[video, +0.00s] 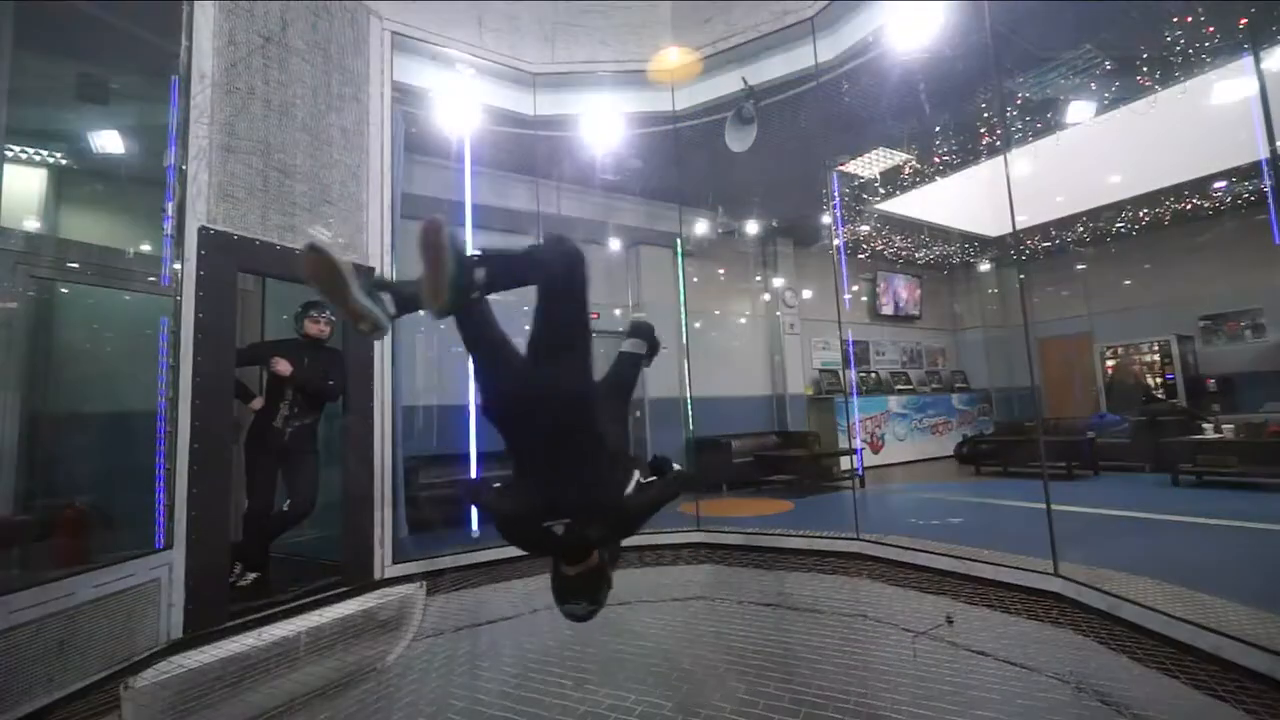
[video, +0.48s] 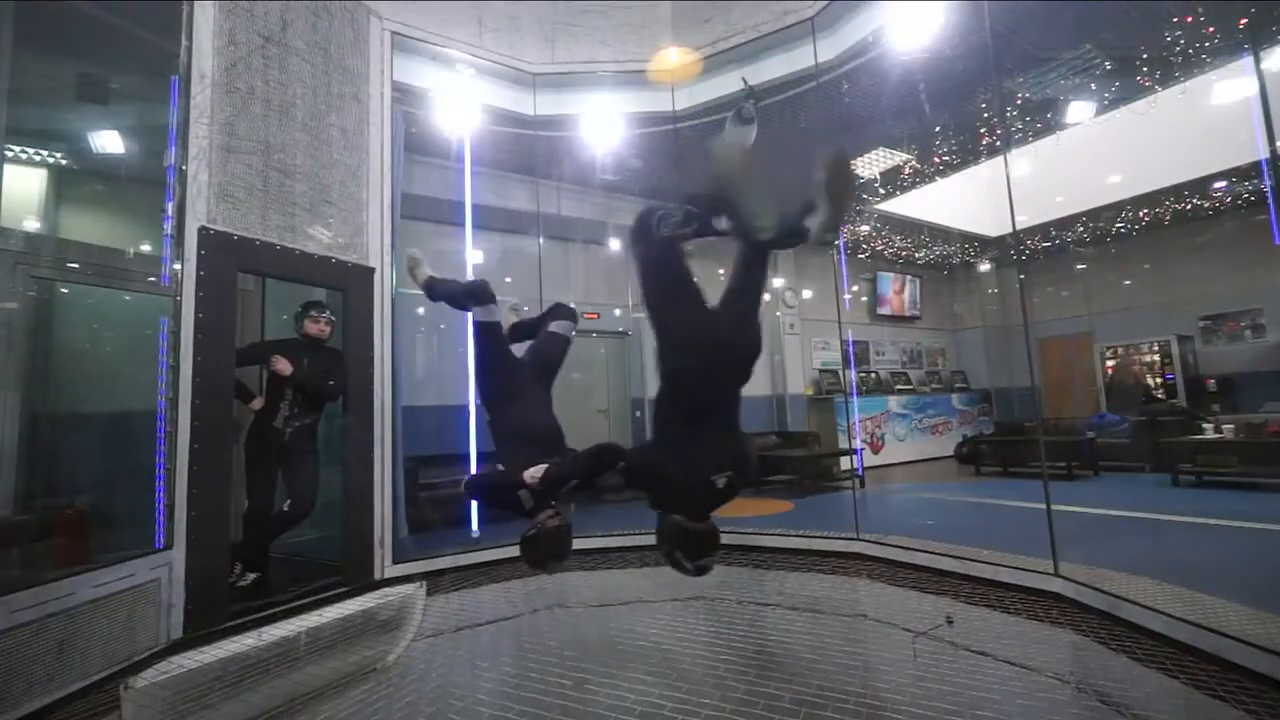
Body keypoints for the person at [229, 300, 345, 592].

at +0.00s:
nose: (322, 325)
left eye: (327, 321)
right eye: (315, 320)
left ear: (332, 327)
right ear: (301, 323)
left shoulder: (334, 358)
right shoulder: (281, 348)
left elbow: (332, 392)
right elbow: (225, 360)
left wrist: (293, 374)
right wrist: (249, 397)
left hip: (301, 441)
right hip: (264, 436)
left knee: (303, 504)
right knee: (260, 504)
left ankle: (242, 553)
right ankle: (254, 569)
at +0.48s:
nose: (322, 325)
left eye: (327, 321)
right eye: (315, 319)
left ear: (332, 327)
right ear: (301, 323)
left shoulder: (334, 357)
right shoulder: (280, 348)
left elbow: (333, 392)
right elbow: (224, 361)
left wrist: (293, 373)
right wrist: (249, 398)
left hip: (302, 440)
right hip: (264, 435)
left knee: (303, 504)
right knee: (260, 504)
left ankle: (242, 553)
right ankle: (254, 570)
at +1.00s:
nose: (322, 325)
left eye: (327, 321)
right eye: (315, 319)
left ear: (332, 327)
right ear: (301, 322)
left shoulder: (334, 357)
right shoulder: (279, 348)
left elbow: (333, 392)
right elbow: (224, 360)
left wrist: (293, 373)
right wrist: (250, 397)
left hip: (302, 441)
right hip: (264, 437)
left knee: (303, 505)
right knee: (260, 504)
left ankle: (243, 553)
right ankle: (254, 570)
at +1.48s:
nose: (321, 324)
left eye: (326, 320)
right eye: (315, 319)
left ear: (330, 326)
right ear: (300, 323)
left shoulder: (335, 358)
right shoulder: (279, 348)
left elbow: (332, 392)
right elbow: (224, 361)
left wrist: (293, 373)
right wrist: (250, 398)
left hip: (302, 443)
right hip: (264, 437)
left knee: (302, 505)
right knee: (260, 505)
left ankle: (242, 553)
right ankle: (254, 570)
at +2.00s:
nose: (321, 324)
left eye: (326, 320)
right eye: (314, 319)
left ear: (331, 326)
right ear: (300, 323)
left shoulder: (335, 357)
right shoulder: (280, 348)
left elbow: (332, 393)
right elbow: (223, 361)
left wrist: (293, 374)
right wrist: (249, 397)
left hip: (302, 442)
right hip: (264, 437)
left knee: (302, 505)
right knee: (260, 504)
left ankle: (243, 553)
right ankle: (254, 570)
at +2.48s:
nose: (309, 326)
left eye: (316, 322)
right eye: (306, 318)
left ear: (325, 328)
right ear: (298, 318)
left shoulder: (330, 359)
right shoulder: (280, 346)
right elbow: (223, 362)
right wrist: (248, 398)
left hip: (301, 437)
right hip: (265, 434)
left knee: (302, 505)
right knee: (259, 506)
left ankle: (242, 554)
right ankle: (256, 571)